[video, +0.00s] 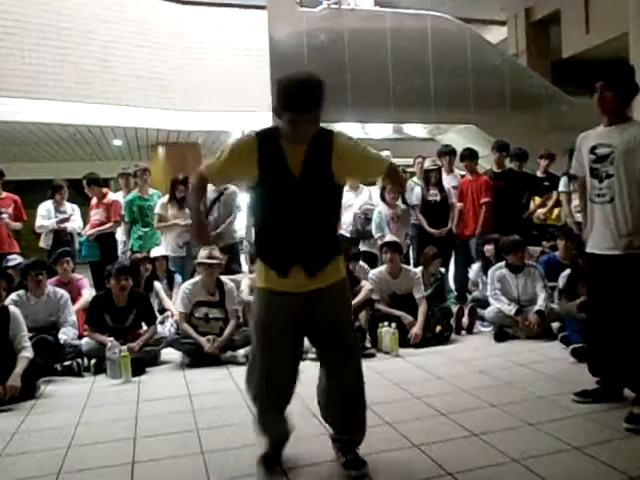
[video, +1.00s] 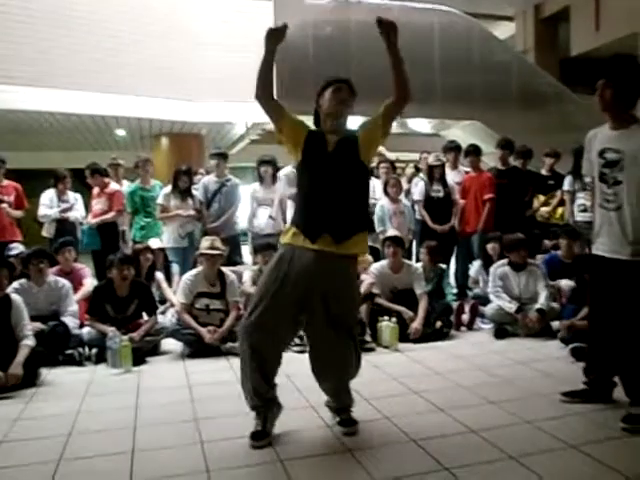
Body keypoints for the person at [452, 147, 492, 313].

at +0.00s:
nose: (466, 165)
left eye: (468, 162)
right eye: (464, 162)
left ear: (475, 162)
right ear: (462, 163)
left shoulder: (483, 181)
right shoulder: (463, 182)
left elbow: (485, 205)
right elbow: (459, 203)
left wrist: (479, 229)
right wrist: (455, 223)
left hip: (477, 231)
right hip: (462, 231)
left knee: (479, 265)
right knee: (460, 266)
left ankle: (483, 295)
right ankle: (460, 295)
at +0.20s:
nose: (466, 167)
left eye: (468, 163)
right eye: (464, 164)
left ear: (475, 163)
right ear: (462, 165)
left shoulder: (484, 182)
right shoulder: (463, 183)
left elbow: (485, 207)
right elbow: (459, 206)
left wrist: (479, 231)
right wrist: (456, 226)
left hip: (476, 232)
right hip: (462, 232)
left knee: (478, 267)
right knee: (460, 268)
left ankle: (480, 296)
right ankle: (461, 297)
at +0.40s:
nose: (469, 165)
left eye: (471, 162)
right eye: (467, 162)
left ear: (478, 162)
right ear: (466, 164)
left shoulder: (487, 181)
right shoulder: (467, 183)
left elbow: (489, 205)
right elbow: (464, 204)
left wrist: (483, 229)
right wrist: (460, 224)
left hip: (481, 231)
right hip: (467, 230)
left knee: (482, 265)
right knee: (465, 265)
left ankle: (484, 295)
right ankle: (465, 295)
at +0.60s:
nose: (476, 163)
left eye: (479, 160)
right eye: (474, 160)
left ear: (484, 160)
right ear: (472, 161)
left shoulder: (491, 180)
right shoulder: (471, 181)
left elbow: (494, 205)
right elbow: (468, 205)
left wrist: (487, 228)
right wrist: (465, 225)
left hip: (485, 232)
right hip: (471, 232)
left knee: (486, 267)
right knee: (472, 267)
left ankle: (489, 295)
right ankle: (472, 294)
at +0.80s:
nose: (476, 163)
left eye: (478, 159)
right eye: (474, 159)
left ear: (485, 159)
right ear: (473, 161)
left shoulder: (493, 178)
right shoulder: (473, 180)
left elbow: (495, 203)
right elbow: (469, 202)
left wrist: (488, 226)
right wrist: (464, 222)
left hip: (486, 228)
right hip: (472, 228)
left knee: (487, 262)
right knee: (468, 263)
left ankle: (490, 292)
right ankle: (468, 292)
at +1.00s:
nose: (470, 161)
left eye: (472, 158)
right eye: (468, 158)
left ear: (479, 158)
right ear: (466, 160)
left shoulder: (487, 178)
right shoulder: (466, 180)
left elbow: (488, 202)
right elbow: (462, 201)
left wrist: (480, 226)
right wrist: (457, 221)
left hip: (479, 228)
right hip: (465, 228)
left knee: (481, 263)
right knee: (461, 264)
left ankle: (485, 294)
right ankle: (461, 294)